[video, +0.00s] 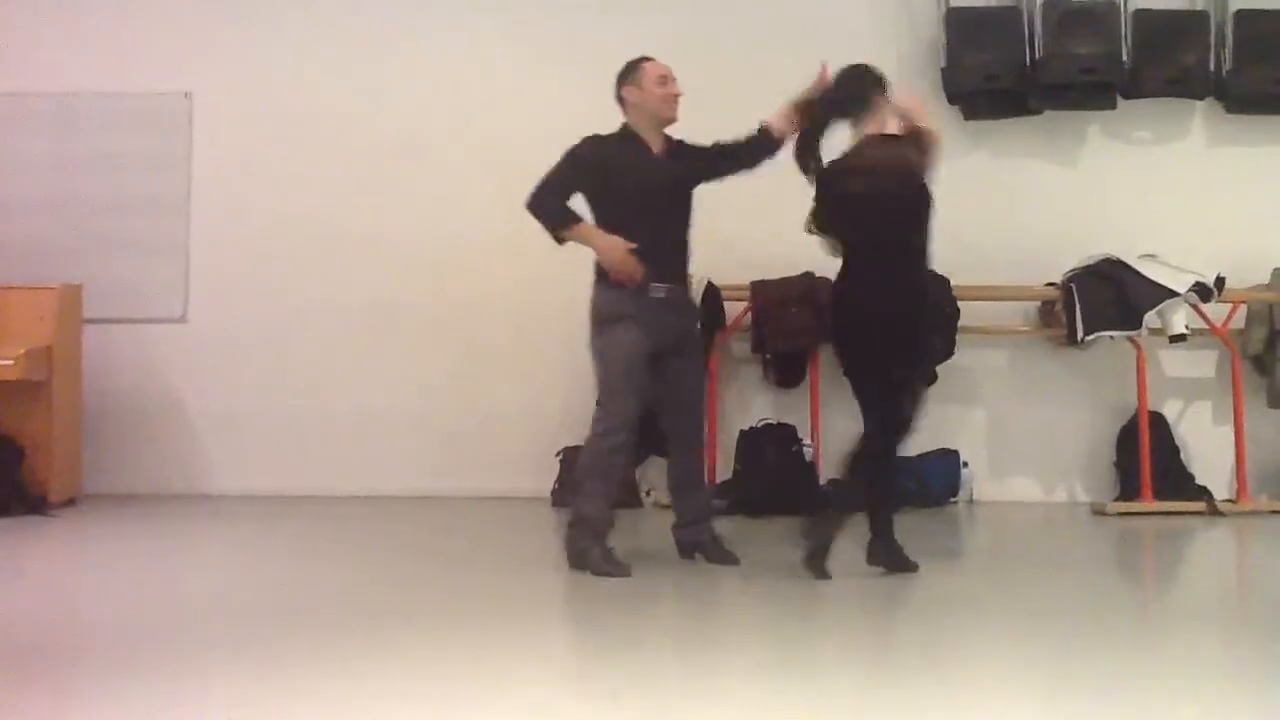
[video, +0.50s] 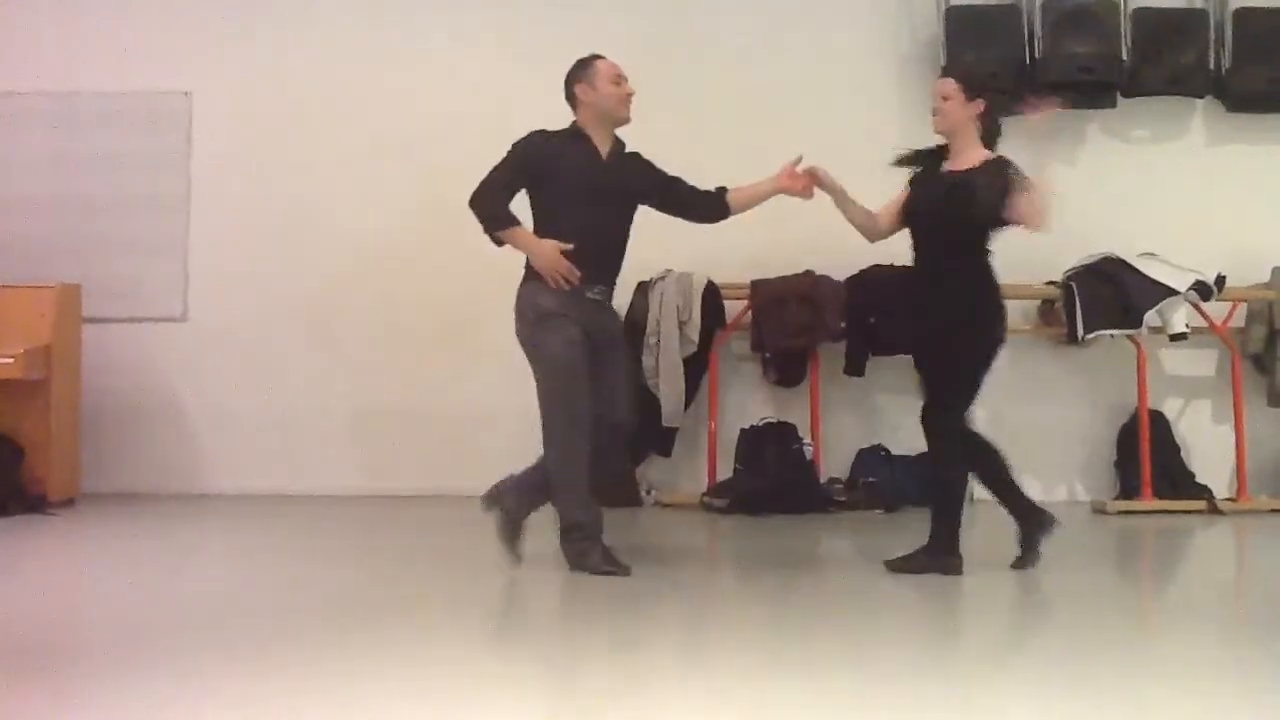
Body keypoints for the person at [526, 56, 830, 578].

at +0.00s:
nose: (675, 90)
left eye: (674, 82)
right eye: (662, 82)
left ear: (671, 95)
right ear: (628, 95)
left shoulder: (684, 157)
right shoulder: (598, 152)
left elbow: (749, 152)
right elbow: (543, 202)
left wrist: (802, 106)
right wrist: (599, 241)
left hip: (676, 307)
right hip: (622, 307)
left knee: (687, 423)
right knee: (618, 420)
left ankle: (695, 531)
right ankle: (586, 538)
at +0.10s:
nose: (662, 89)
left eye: (660, 81)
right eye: (649, 81)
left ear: (643, 95)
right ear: (613, 92)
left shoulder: (664, 165)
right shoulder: (581, 146)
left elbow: (738, 182)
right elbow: (523, 194)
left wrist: (798, 144)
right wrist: (576, 240)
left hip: (651, 307)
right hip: (599, 304)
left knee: (675, 414)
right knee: (599, 417)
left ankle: (695, 529)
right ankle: (583, 538)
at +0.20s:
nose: (653, 90)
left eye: (651, 82)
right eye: (640, 82)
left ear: (632, 96)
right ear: (604, 93)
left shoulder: (652, 167)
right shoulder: (569, 145)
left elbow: (728, 194)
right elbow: (510, 191)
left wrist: (796, 162)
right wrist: (562, 239)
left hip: (635, 306)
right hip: (581, 302)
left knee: (673, 403)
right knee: (590, 418)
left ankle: (681, 517)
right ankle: (582, 539)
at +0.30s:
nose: (644, 91)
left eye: (642, 83)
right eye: (631, 83)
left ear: (622, 97)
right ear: (596, 93)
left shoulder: (644, 170)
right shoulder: (560, 146)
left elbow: (718, 200)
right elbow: (500, 192)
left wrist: (789, 175)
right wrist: (549, 242)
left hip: (622, 308)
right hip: (567, 305)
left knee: (667, 399)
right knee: (580, 415)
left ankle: (623, 490)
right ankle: (580, 540)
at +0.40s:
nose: (635, 89)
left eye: (632, 82)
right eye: (622, 81)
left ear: (605, 95)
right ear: (586, 92)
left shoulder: (635, 168)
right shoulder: (548, 147)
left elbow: (709, 203)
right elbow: (490, 197)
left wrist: (781, 182)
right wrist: (537, 244)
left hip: (609, 309)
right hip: (555, 302)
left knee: (638, 421)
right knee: (572, 417)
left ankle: (558, 486)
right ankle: (581, 540)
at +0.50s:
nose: (630, 89)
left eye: (627, 81)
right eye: (616, 81)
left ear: (606, 96)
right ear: (581, 93)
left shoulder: (630, 168)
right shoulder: (543, 148)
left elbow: (704, 206)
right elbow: (486, 201)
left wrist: (775, 184)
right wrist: (532, 246)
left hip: (600, 310)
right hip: (549, 300)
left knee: (618, 424)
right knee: (570, 413)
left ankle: (515, 495)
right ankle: (582, 541)